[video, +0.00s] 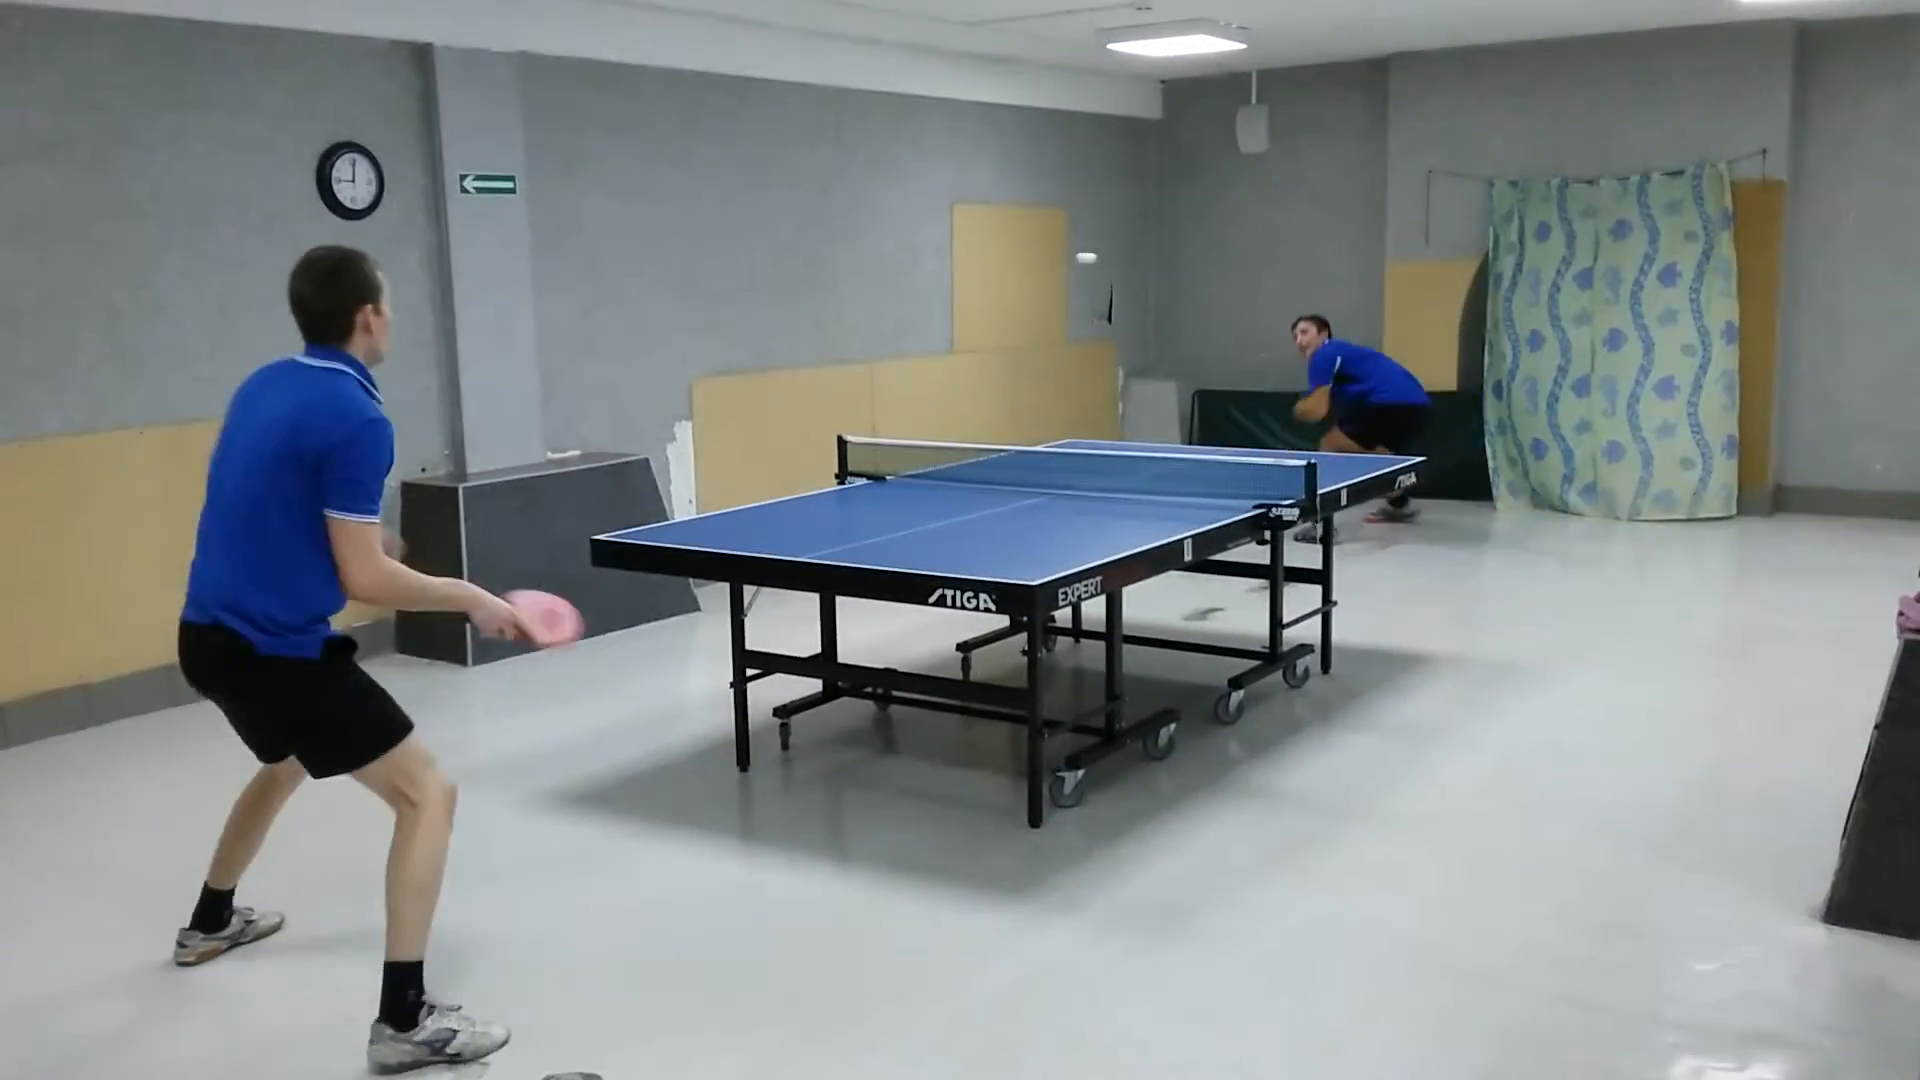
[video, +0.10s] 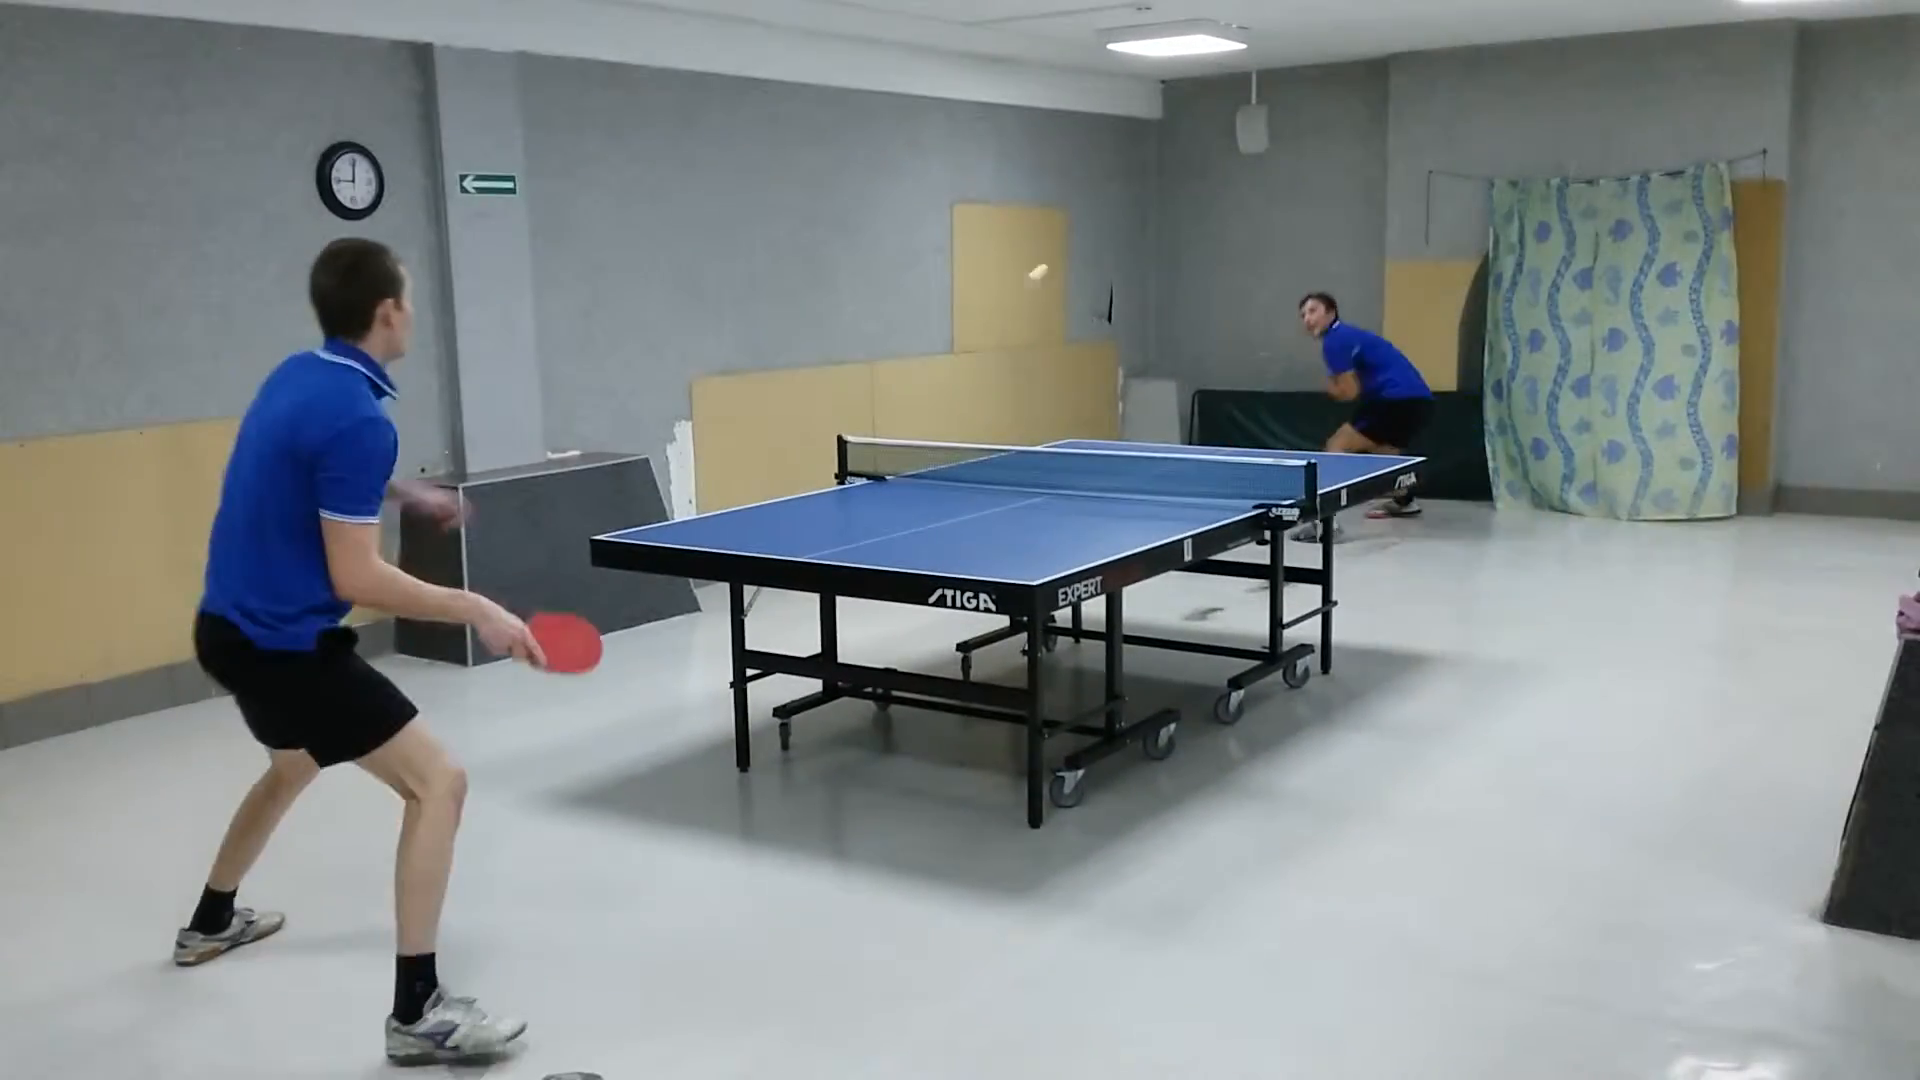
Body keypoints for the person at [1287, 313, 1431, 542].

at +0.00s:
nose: (1299, 340)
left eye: (1304, 332)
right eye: (1296, 336)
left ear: (1324, 333)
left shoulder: (1324, 353)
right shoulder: (1347, 350)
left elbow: (1317, 410)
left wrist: (1299, 409)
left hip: (1387, 406)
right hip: (1417, 405)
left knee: (1329, 448)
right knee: (1376, 451)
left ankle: (1321, 523)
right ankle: (1398, 503)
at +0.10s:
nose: (1307, 318)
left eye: (1313, 311)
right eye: (1304, 314)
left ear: (1330, 312)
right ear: (1303, 320)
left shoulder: (1335, 339)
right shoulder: (1348, 332)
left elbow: (1349, 391)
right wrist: (1339, 386)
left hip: (1395, 401)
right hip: (1416, 399)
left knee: (1336, 447)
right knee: (1376, 444)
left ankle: (1323, 522)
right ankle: (1404, 499)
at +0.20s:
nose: (1322, 296)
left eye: (1328, 289)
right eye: (1318, 292)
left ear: (1343, 292)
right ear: (1316, 297)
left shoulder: (1357, 316)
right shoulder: (1346, 323)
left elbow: (1384, 360)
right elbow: (1377, 360)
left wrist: (1359, 380)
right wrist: (1362, 380)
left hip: (1415, 383)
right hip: (1402, 384)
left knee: (1367, 443)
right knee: (1377, 444)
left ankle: (1348, 518)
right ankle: (1403, 498)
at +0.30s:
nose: (1342, 271)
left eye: (1348, 265)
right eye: (1336, 266)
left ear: (1362, 268)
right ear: (1333, 272)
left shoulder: (1376, 292)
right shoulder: (1350, 307)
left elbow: (1412, 331)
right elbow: (1382, 342)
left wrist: (1378, 365)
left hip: (1423, 370)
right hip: (1398, 372)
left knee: (1383, 429)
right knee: (1375, 437)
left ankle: (1404, 504)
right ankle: (1399, 498)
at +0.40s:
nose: (1362, 257)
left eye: (1370, 251)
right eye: (1357, 251)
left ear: (1383, 256)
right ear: (1353, 258)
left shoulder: (1398, 281)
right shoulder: (1361, 294)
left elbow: (1434, 321)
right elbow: (1372, 334)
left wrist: (1399, 356)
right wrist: (1359, 372)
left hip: (1428, 365)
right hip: (1397, 366)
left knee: (1410, 436)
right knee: (1374, 433)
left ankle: (1454, 502)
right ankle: (1392, 491)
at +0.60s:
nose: (1391, 258)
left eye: (1399, 253)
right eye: (1387, 252)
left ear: (1410, 259)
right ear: (1380, 258)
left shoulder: (1430, 291)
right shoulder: (1370, 297)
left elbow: (1463, 330)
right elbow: (1355, 337)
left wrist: (1444, 363)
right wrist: (1330, 371)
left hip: (1430, 380)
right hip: (1391, 383)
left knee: (1433, 439)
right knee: (1378, 445)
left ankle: (1473, 506)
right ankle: (1375, 498)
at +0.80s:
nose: (1398, 245)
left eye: (1405, 240)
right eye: (1393, 240)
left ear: (1417, 245)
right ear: (1386, 245)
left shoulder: (1442, 274)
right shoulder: (1375, 281)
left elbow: (1464, 310)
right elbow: (1355, 319)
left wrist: (1451, 346)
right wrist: (1350, 353)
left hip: (1440, 365)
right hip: (1398, 367)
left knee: (1459, 427)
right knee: (1379, 429)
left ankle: (1496, 495)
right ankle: (1355, 494)